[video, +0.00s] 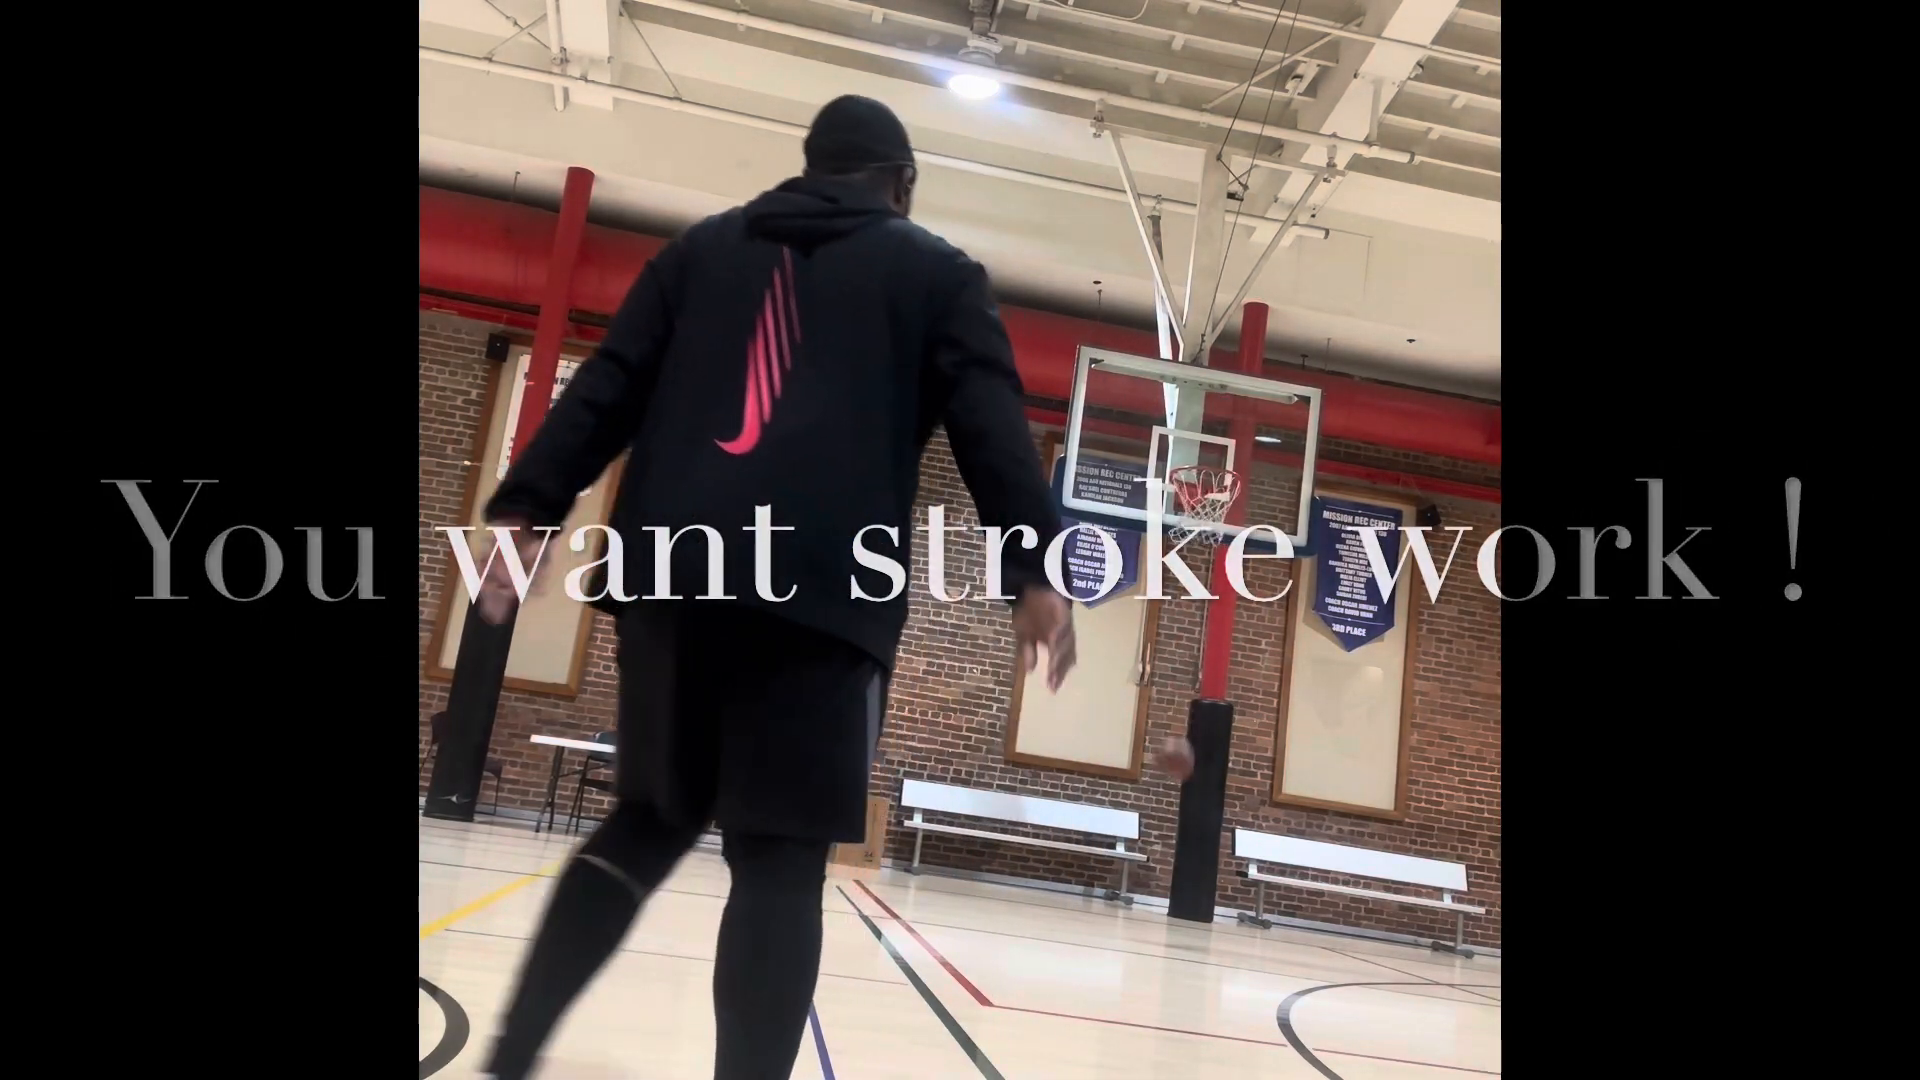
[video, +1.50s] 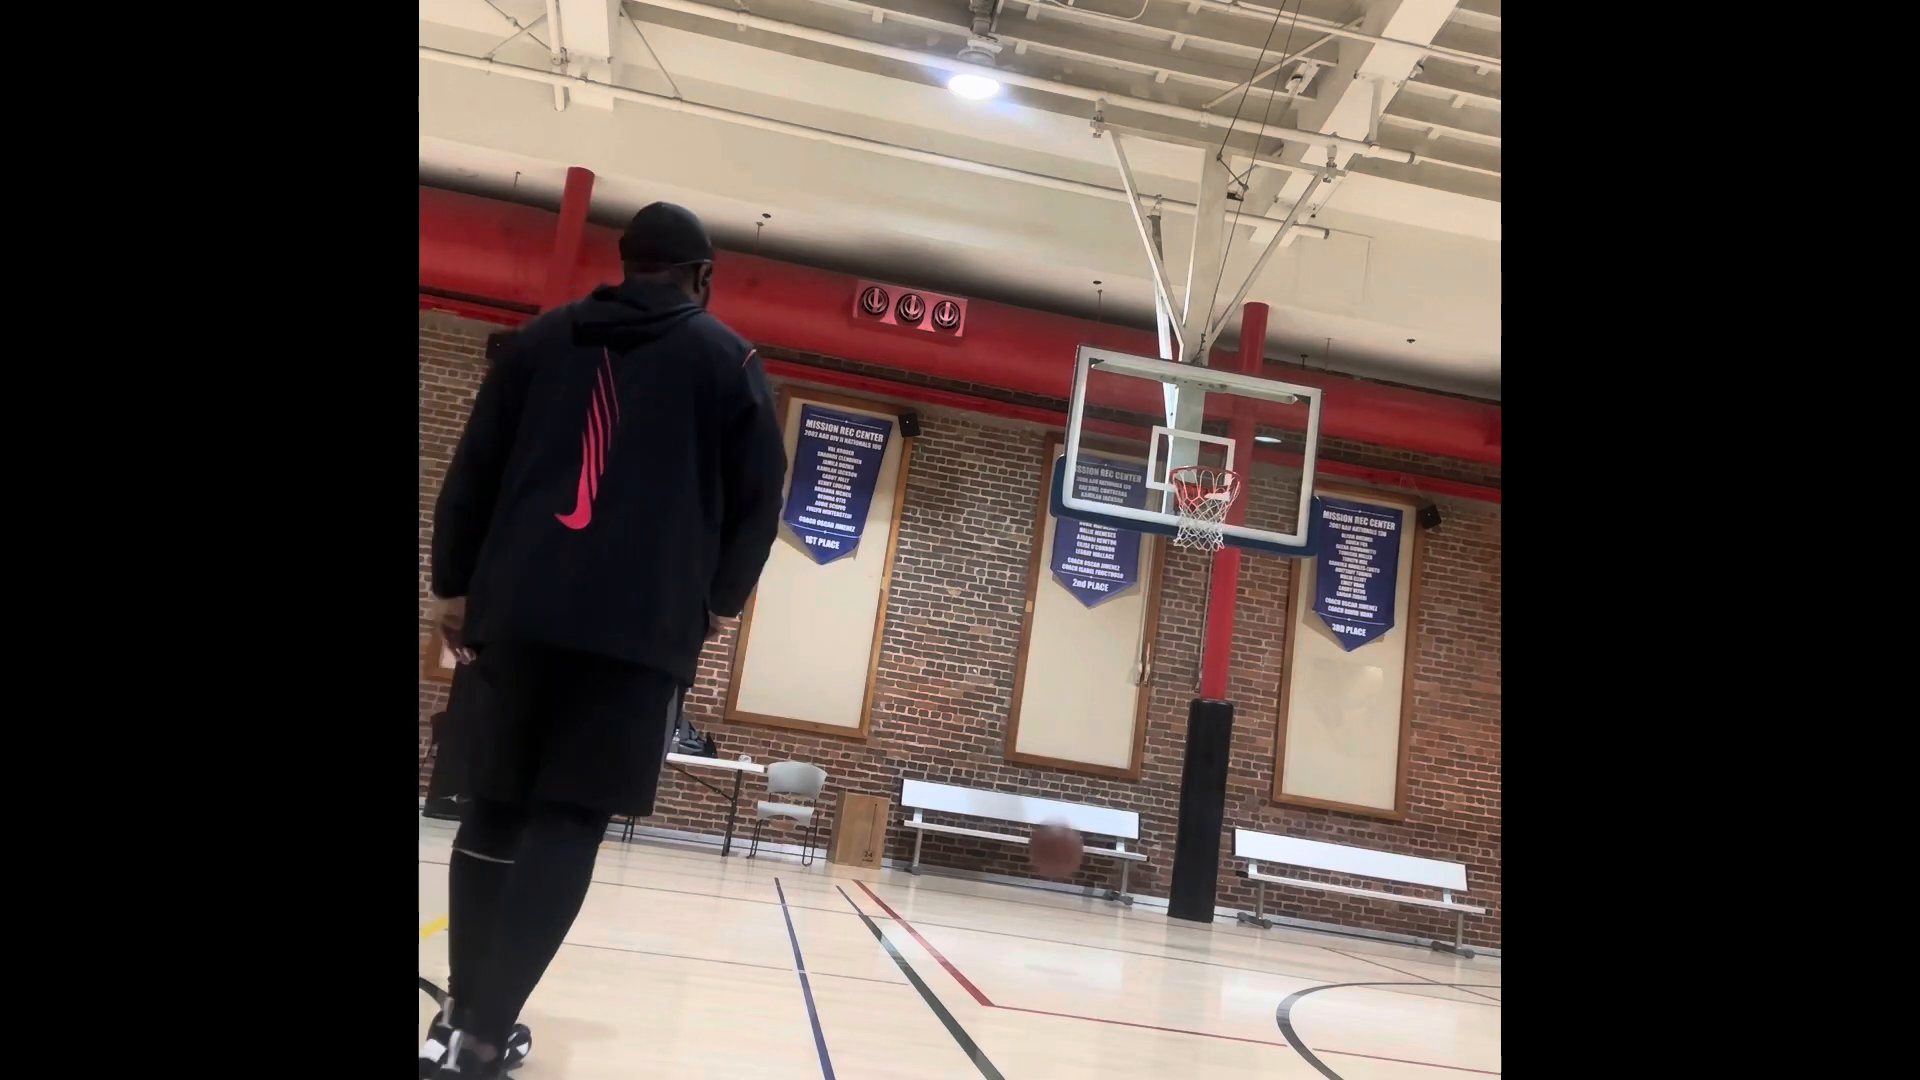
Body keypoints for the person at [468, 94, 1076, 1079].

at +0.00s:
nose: (912, 196)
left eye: (910, 185)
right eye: (913, 183)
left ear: (809, 168)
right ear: (899, 177)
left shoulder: (701, 248)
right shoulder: (931, 272)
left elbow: (611, 382)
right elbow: (989, 421)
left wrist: (528, 501)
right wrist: (1034, 568)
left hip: (664, 589)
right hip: (819, 606)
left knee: (648, 817)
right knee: (779, 861)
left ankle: (509, 1055)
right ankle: (750, 1074)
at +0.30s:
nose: (780, 173)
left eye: (777, 160)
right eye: (781, 158)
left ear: (672, 137)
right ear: (764, 150)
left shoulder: (557, 233)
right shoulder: (790, 245)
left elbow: (492, 405)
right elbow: (845, 421)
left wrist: (470, 565)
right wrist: (898, 581)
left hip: (529, 574)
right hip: (695, 592)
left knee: (457, 816)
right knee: (714, 847)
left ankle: (411, 1023)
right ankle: (714, 1070)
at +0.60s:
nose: (701, 168)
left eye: (696, 156)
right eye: (703, 155)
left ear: (593, 131)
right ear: (688, 148)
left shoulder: (485, 223)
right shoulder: (717, 245)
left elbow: (442, 378)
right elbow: (766, 418)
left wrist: (469, 499)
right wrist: (700, 545)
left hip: (464, 556)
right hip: (631, 576)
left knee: (439, 792)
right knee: (610, 807)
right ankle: (548, 1056)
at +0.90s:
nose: (700, 221)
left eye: (696, 211)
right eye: (703, 209)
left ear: (597, 187)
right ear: (689, 205)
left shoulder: (498, 264)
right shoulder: (720, 305)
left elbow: (420, 410)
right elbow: (754, 474)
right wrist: (769, 619)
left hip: (466, 581)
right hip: (621, 611)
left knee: (443, 799)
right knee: (550, 830)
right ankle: (476, 1051)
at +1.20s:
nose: (708, 246)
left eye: (700, 233)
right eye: (712, 233)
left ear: (619, 218)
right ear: (703, 231)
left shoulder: (531, 290)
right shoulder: (737, 331)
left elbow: (447, 429)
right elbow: (779, 484)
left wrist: (413, 510)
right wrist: (803, 616)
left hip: (499, 593)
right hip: (633, 621)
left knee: (446, 786)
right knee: (558, 824)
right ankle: (479, 1047)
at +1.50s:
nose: (710, 289)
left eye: (703, 277)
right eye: (710, 277)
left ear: (625, 263)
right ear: (699, 274)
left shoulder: (541, 338)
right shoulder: (726, 361)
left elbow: (474, 468)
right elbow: (760, 493)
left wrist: (451, 591)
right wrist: (721, 598)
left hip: (515, 617)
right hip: (636, 638)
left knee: (491, 810)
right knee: (568, 824)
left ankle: (473, 1012)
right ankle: (480, 1035)